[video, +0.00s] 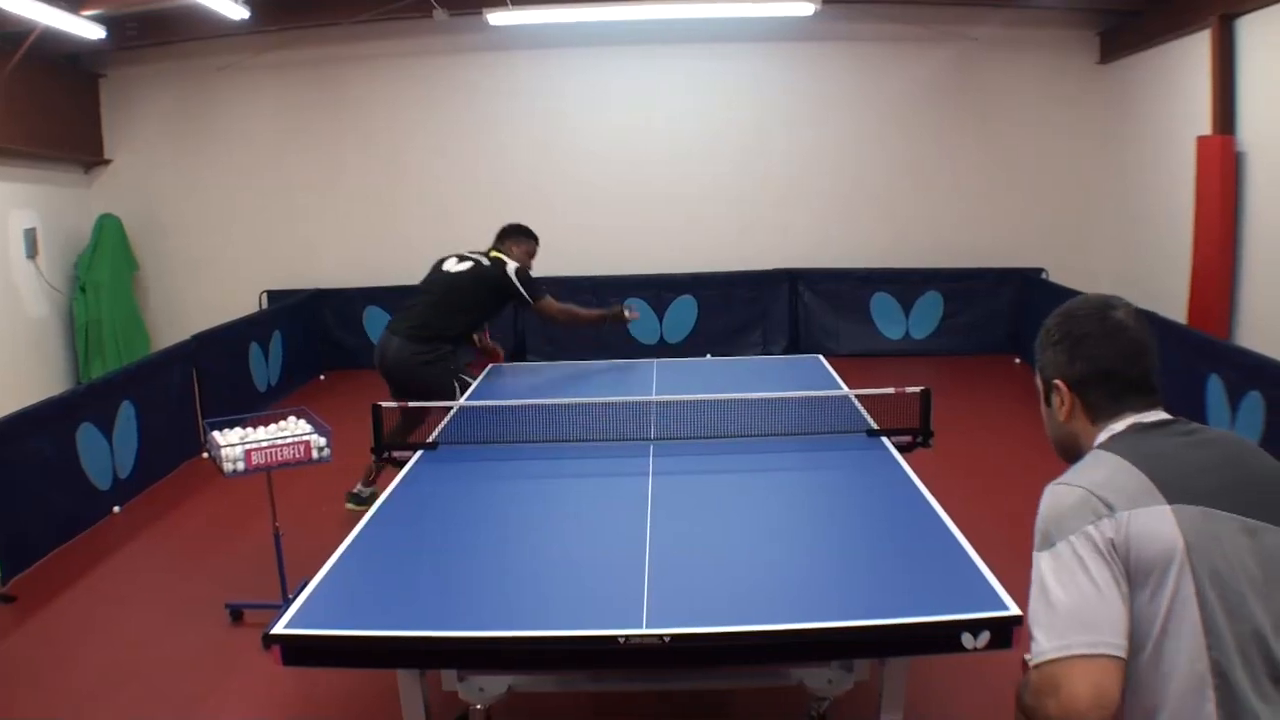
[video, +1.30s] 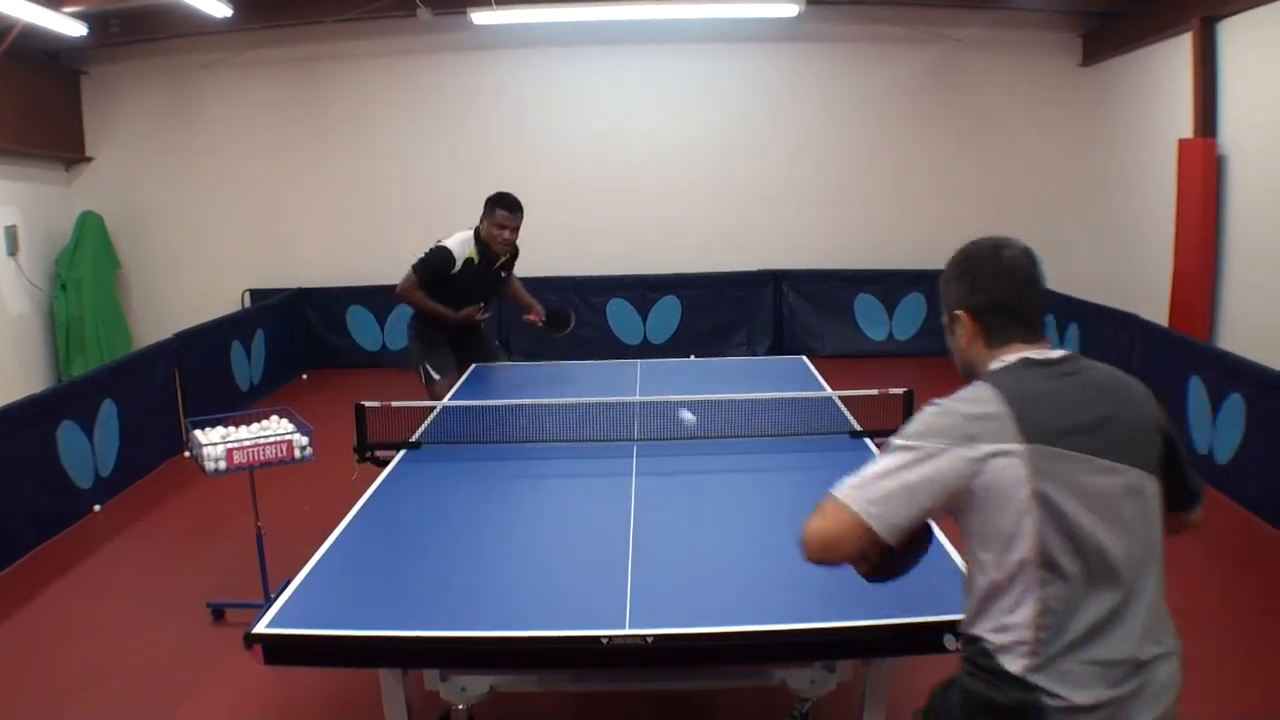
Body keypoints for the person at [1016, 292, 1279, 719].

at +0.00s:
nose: (1043, 412)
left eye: (1041, 397)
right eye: (1040, 397)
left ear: (1062, 399)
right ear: (1146, 378)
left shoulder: (1087, 494)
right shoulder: (1259, 463)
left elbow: (1083, 698)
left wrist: (1031, 685)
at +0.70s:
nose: (1031, 356)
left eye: (1031, 339)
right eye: (1030, 339)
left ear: (1055, 346)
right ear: (1139, 330)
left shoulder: (1080, 459)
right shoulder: (1232, 430)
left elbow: (1051, 677)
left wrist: (983, 628)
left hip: (1142, 709)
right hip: (1258, 702)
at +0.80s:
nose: (1016, 365)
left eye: (1015, 349)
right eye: (1013, 348)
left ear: (1040, 355)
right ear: (1124, 337)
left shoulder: (1058, 470)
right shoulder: (1216, 445)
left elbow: (1002, 685)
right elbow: (1248, 603)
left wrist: (942, 625)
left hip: (1110, 711)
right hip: (1237, 710)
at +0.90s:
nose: (1003, 353)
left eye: (1003, 335)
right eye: (1001, 335)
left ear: (1026, 339)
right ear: (1109, 323)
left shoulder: (1039, 451)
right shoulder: (1211, 433)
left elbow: (962, 654)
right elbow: (1256, 596)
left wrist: (906, 602)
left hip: (1090, 708)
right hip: (1225, 705)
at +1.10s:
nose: (1002, 342)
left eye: (1001, 326)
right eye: (1000, 325)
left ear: (1024, 328)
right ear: (1100, 310)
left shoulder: (1038, 440)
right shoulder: (1201, 412)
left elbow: (935, 611)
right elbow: (1245, 548)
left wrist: (890, 570)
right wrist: (1144, 561)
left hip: (1087, 707)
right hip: (1213, 700)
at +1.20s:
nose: (988, 348)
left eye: (987, 330)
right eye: (987, 331)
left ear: (1007, 331)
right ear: (1081, 313)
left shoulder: (1021, 432)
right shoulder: (1175, 406)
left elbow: (893, 580)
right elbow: (1221, 524)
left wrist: (871, 548)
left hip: (1067, 702)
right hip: (1190, 700)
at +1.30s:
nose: (947, 343)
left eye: (947, 327)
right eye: (947, 328)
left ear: (964, 326)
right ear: (1037, 312)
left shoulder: (971, 414)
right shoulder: (1130, 395)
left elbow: (824, 538)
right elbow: (1184, 508)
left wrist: (879, 539)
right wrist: (1089, 520)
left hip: (1030, 692)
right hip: (1150, 688)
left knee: (932, 704)